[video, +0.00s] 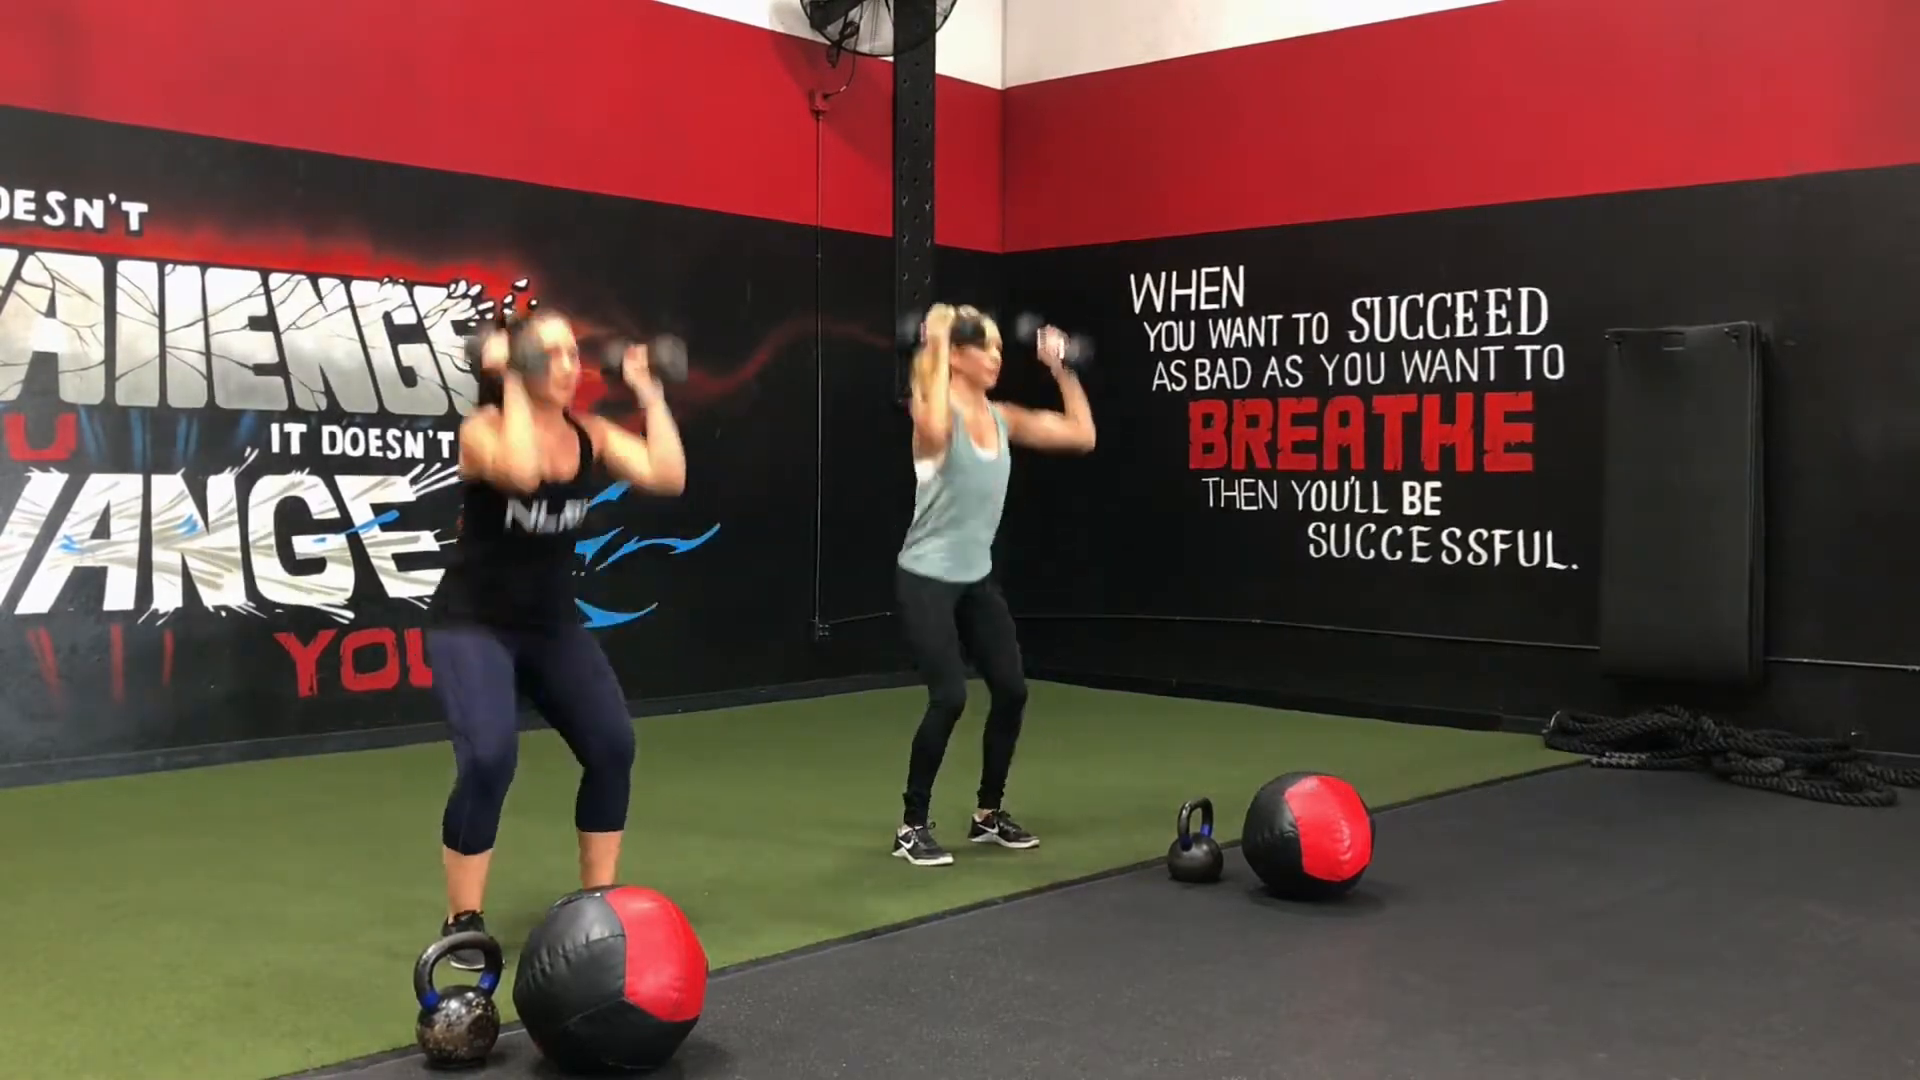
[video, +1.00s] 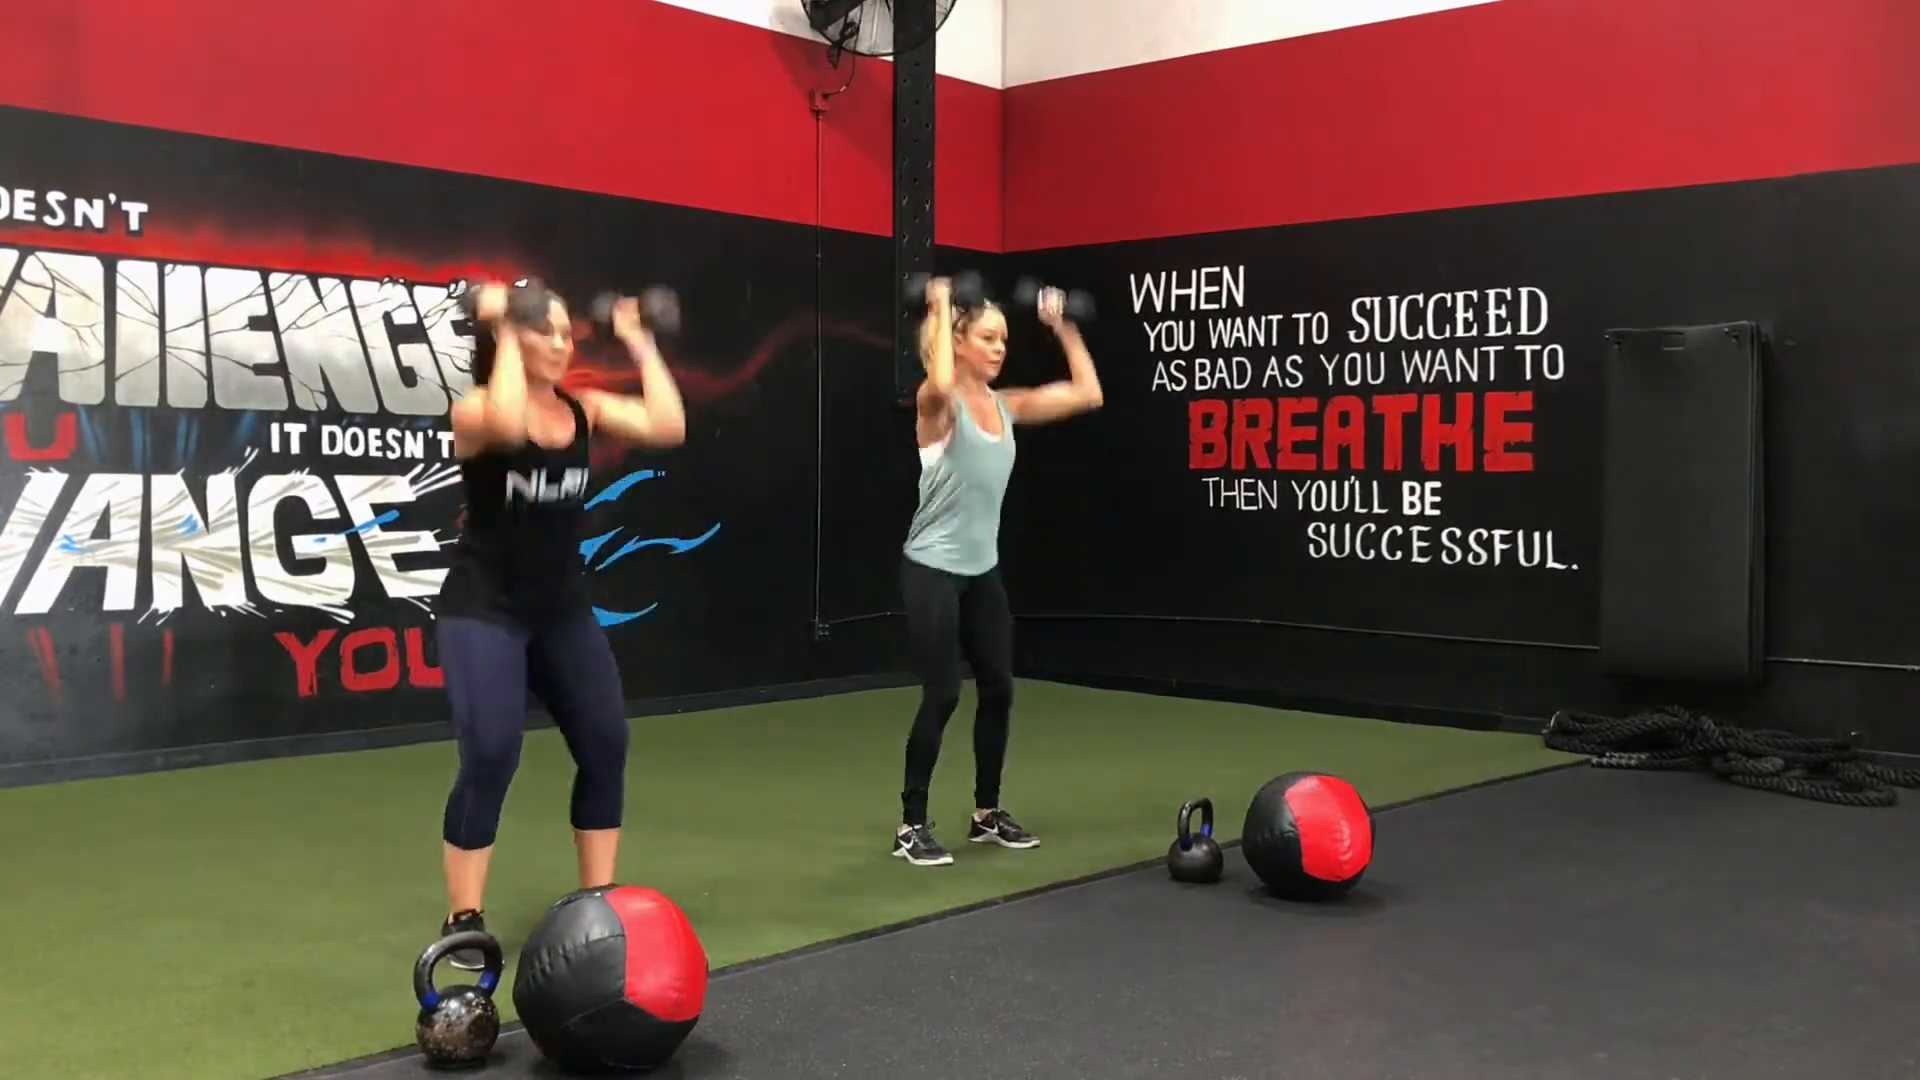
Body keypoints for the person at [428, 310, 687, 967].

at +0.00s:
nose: (566, 366)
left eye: (571, 353)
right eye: (551, 355)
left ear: (579, 364)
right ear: (517, 367)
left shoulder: (591, 433)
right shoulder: (482, 428)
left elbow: (667, 476)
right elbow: (522, 471)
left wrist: (650, 393)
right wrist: (508, 382)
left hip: (553, 621)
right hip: (473, 621)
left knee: (613, 746)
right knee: (488, 757)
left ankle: (598, 910)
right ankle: (464, 928)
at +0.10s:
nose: (552, 325)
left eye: (559, 315)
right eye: (537, 314)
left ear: (569, 327)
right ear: (505, 327)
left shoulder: (583, 391)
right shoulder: (480, 394)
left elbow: (657, 342)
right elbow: (496, 325)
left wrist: (634, 253)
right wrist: (496, 229)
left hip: (573, 603)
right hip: (493, 604)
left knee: (585, 750)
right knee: (486, 753)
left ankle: (597, 906)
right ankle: (465, 921)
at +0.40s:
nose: (564, 353)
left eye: (570, 342)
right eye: (549, 341)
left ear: (575, 351)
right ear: (511, 349)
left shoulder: (587, 423)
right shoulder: (481, 418)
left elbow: (672, 432)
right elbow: (498, 428)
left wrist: (648, 346)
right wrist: (492, 335)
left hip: (554, 615)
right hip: (475, 613)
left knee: (604, 740)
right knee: (489, 749)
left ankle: (596, 906)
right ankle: (466, 922)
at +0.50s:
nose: (579, 436)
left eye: (582, 424)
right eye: (563, 425)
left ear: (589, 432)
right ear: (521, 434)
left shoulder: (590, 503)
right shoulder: (489, 501)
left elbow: (651, 582)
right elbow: (505, 593)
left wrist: (652, 497)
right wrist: (506, 495)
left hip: (541, 663)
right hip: (458, 662)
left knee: (625, 752)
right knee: (487, 768)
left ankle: (594, 906)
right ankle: (465, 925)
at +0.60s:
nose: (589, 525)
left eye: (593, 513)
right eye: (573, 513)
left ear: (600, 519)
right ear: (532, 524)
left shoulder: (595, 581)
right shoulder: (493, 582)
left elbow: (641, 678)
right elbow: (501, 694)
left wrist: (648, 600)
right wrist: (513, 600)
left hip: (534, 717)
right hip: (451, 718)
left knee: (640, 763)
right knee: (493, 785)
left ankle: (597, 908)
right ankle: (465, 925)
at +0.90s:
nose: (579, 437)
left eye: (583, 426)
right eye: (564, 426)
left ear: (589, 434)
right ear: (521, 434)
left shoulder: (594, 497)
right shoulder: (489, 499)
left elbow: (660, 572)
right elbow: (515, 586)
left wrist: (650, 487)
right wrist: (512, 489)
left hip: (543, 665)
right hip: (462, 666)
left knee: (634, 759)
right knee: (491, 773)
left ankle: (595, 908)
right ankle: (465, 925)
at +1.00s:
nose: (559, 344)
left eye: (565, 333)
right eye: (545, 332)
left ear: (571, 340)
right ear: (509, 338)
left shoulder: (583, 407)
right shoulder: (472, 409)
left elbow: (667, 426)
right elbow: (510, 425)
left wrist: (639, 342)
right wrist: (499, 332)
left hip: (563, 607)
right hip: (484, 609)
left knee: (606, 740)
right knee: (491, 751)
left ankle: (598, 909)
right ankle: (465, 923)